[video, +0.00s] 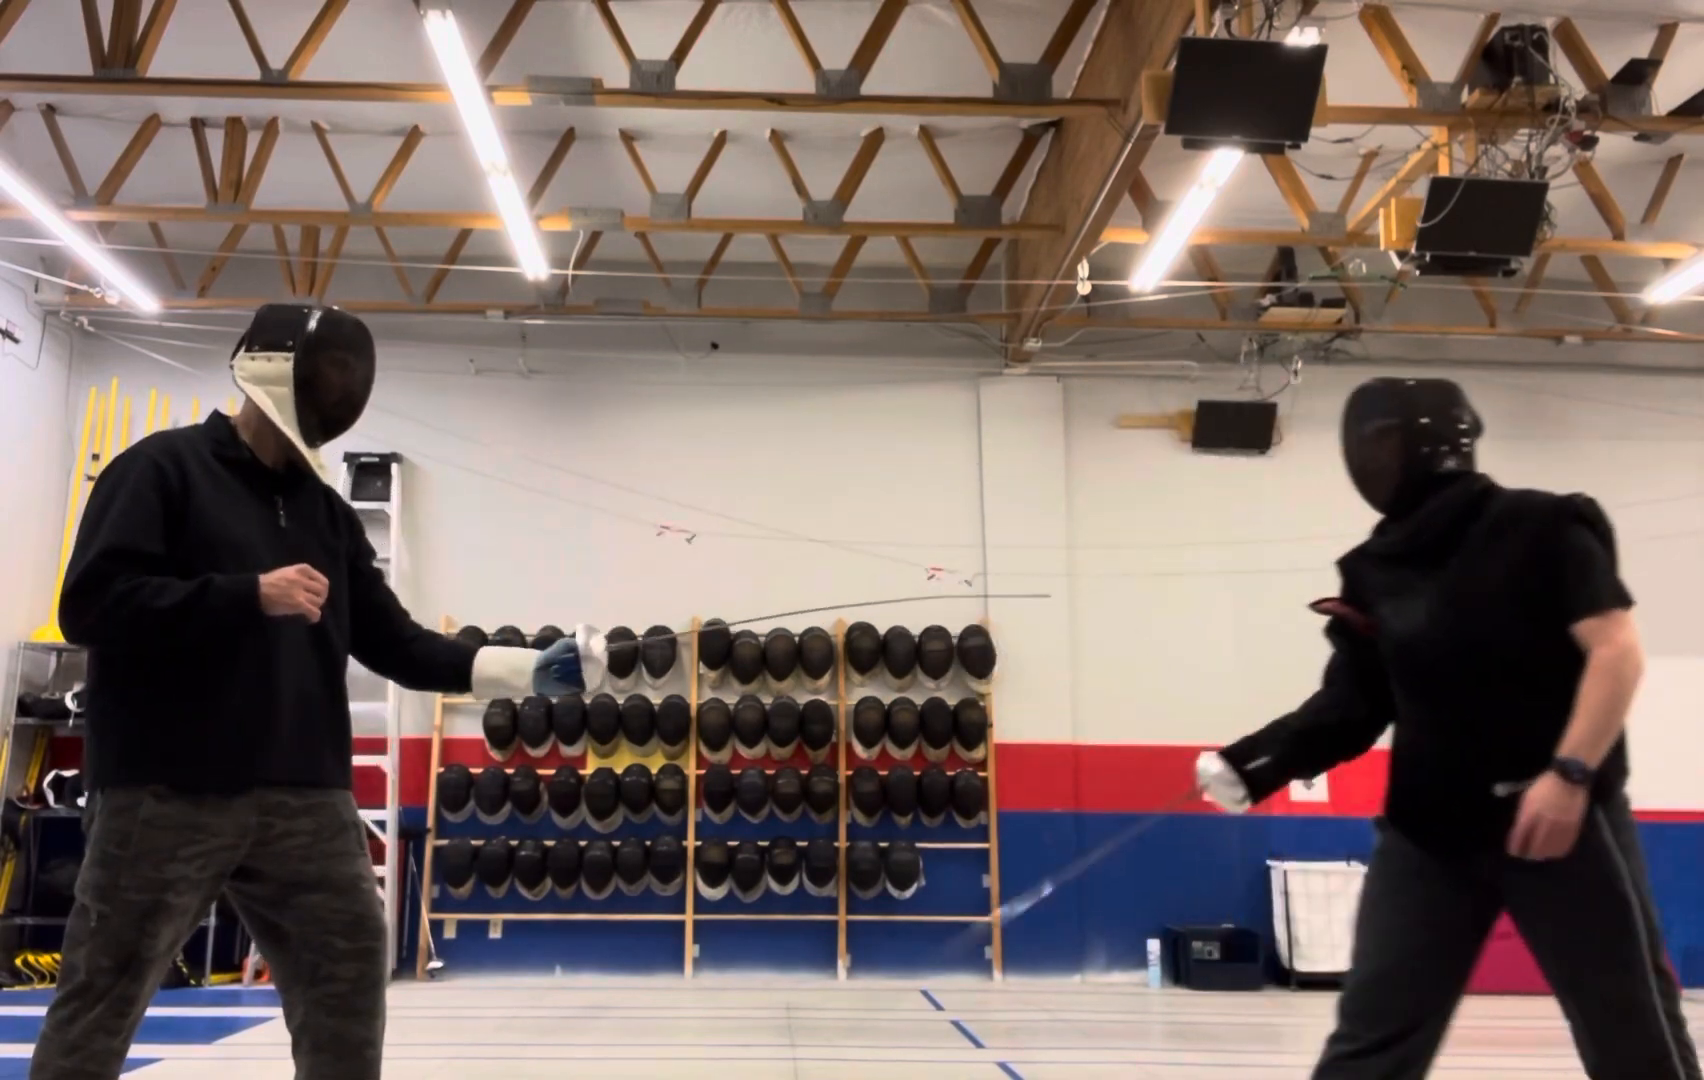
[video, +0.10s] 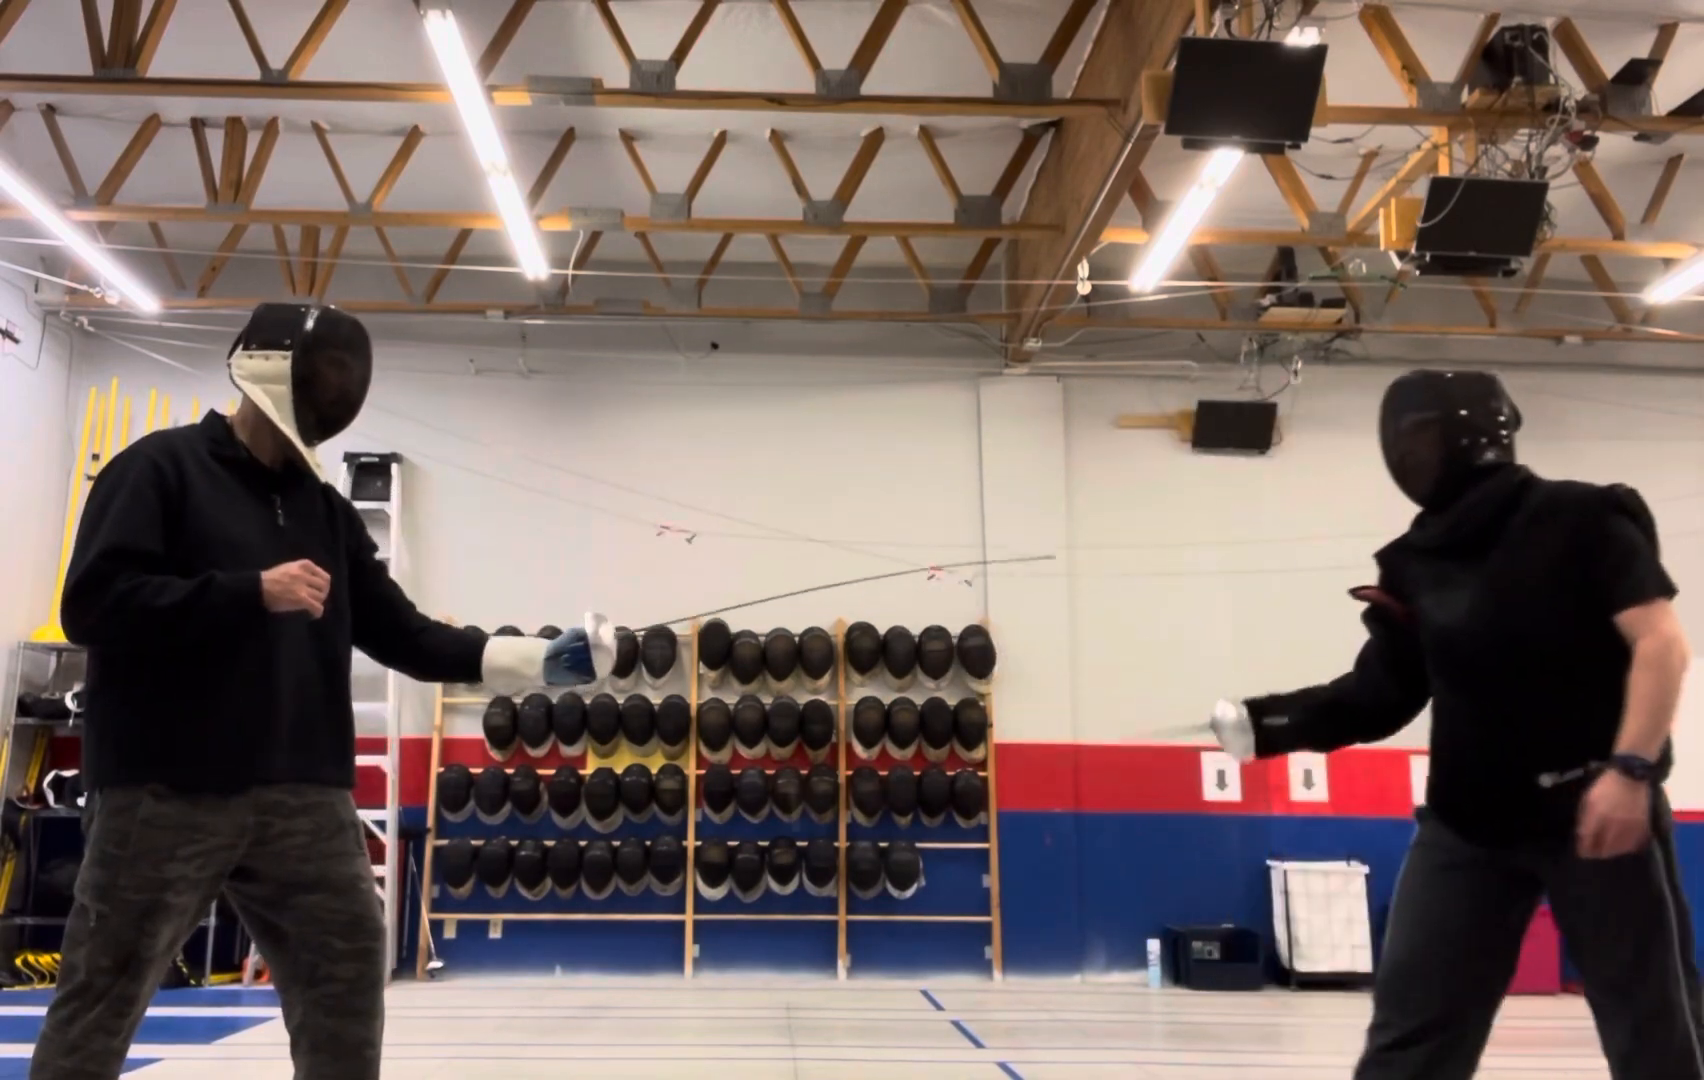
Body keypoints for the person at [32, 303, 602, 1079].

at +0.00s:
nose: (333, 412)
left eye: (340, 401)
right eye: (315, 393)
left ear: (345, 407)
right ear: (261, 377)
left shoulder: (324, 511)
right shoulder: (154, 471)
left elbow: (388, 639)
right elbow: (90, 604)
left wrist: (512, 667)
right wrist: (247, 593)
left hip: (302, 799)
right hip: (164, 794)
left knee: (347, 976)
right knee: (101, 1000)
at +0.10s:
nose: (322, 403)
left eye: (336, 388)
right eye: (310, 380)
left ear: (338, 394)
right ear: (258, 367)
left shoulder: (325, 512)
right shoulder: (152, 470)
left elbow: (399, 633)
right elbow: (92, 604)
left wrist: (527, 657)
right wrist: (248, 590)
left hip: (301, 796)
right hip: (163, 792)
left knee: (344, 977)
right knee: (101, 999)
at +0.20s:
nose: (323, 400)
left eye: (335, 385)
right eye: (311, 378)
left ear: (335, 393)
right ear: (259, 367)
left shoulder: (323, 510)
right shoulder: (151, 470)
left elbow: (404, 629)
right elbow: (94, 606)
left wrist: (538, 651)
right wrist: (249, 588)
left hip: (301, 797)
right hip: (163, 792)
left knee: (345, 979)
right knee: (100, 1003)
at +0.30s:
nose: (328, 400)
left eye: (338, 385)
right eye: (316, 377)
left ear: (334, 393)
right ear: (264, 367)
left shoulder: (324, 509)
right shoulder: (152, 470)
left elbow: (407, 627)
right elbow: (94, 607)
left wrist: (543, 645)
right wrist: (251, 590)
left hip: (303, 797)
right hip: (165, 793)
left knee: (347, 977)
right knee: (101, 1004)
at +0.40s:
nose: (315, 414)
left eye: (328, 400)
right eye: (306, 390)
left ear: (334, 401)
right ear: (259, 370)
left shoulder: (324, 508)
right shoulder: (153, 471)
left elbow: (408, 626)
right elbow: (95, 607)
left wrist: (545, 645)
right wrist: (252, 591)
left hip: (304, 798)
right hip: (165, 794)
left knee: (349, 976)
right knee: (101, 1003)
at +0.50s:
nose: (320, 418)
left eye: (332, 402)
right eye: (311, 392)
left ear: (335, 401)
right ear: (264, 373)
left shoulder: (327, 511)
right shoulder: (155, 470)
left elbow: (413, 625)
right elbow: (97, 606)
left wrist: (551, 645)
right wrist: (253, 590)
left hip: (305, 799)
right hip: (166, 794)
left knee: (350, 974)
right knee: (102, 1002)